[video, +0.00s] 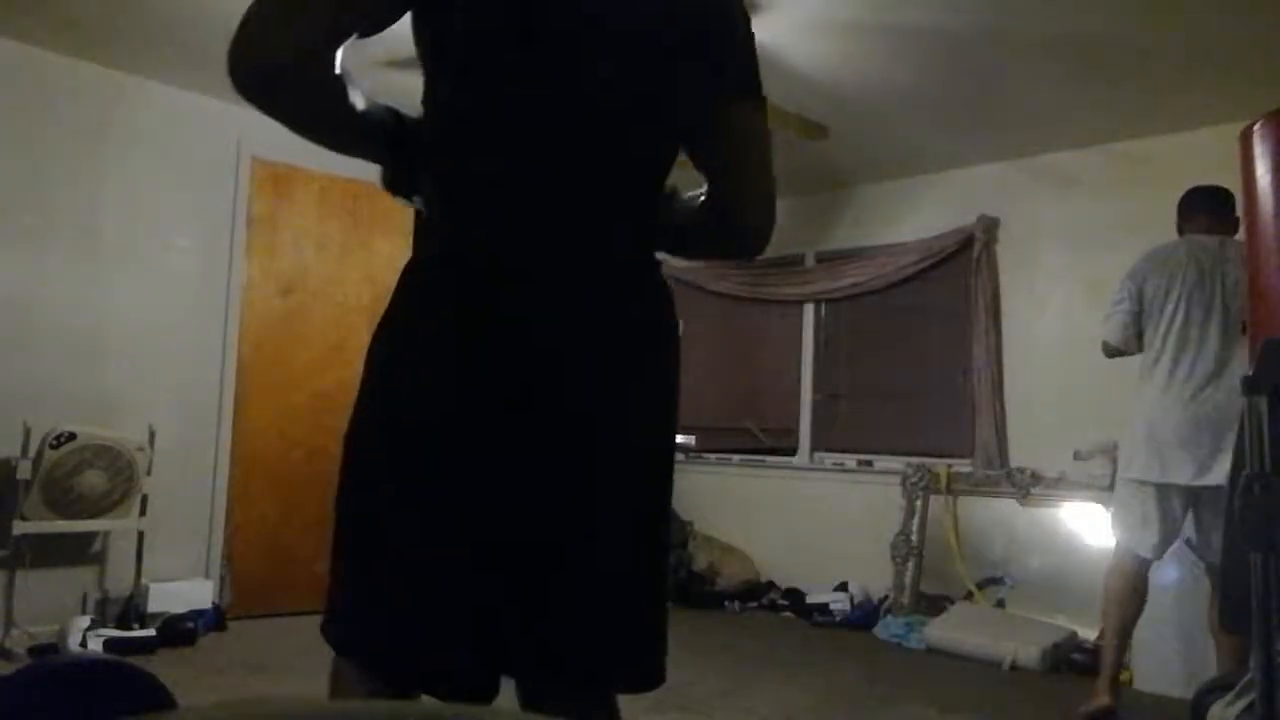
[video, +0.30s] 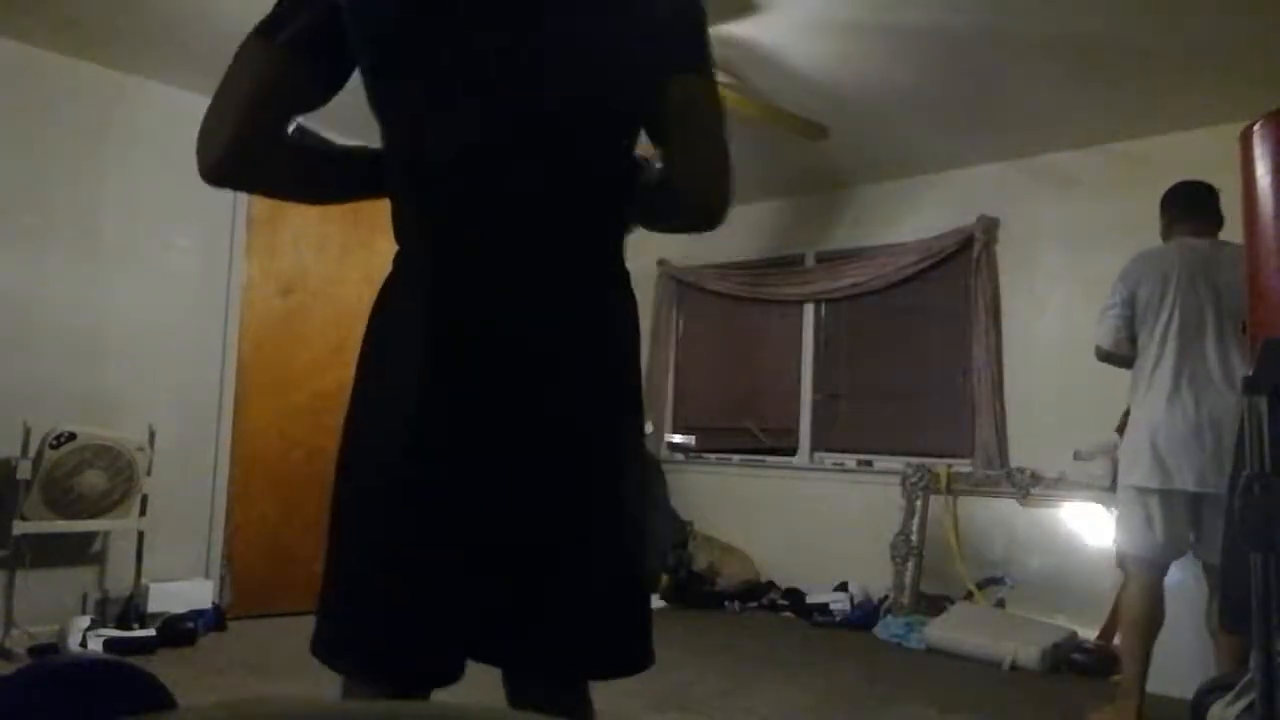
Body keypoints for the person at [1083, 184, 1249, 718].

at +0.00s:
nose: (1222, 234)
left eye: (1194, 225)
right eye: (1228, 225)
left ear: (1179, 223)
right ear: (1234, 224)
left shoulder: (1155, 261)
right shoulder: (1255, 264)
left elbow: (1116, 339)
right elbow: (1268, 336)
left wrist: (1168, 324)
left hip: (1156, 444)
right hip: (1234, 448)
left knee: (1129, 557)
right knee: (1232, 574)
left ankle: (1105, 688)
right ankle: (1232, 696)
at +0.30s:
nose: (1170, 234)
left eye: (1166, 226)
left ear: (1166, 223)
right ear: (1220, 222)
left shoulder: (1145, 265)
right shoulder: (1250, 264)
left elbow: (1111, 345)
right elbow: (1265, 343)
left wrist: (1164, 362)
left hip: (1156, 447)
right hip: (1235, 451)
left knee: (1142, 576)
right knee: (1229, 582)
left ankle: (1128, 703)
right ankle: (1233, 703)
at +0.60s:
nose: (1114, 236)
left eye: (1114, 228)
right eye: (1116, 229)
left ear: (1123, 225)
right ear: (1173, 223)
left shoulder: (1110, 272)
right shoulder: (1225, 269)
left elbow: (1087, 359)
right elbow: (1240, 352)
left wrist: (1136, 371)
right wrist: (1193, 368)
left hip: (1132, 450)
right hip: (1212, 450)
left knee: (1127, 576)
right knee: (1210, 580)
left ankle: (1126, 703)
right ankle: (1229, 698)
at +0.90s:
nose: (1080, 239)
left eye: (1082, 229)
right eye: (1081, 230)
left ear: (1096, 225)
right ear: (1139, 223)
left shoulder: (1084, 274)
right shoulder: (1194, 272)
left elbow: (1051, 358)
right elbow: (1228, 353)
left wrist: (1091, 381)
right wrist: (1176, 384)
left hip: (1109, 453)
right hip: (1183, 453)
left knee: (1115, 574)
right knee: (1188, 572)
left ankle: (1124, 702)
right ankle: (1222, 681)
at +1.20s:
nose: (1068, 230)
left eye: (1075, 218)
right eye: (1071, 219)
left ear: (1098, 222)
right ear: (1129, 224)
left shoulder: (1085, 273)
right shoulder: (1182, 274)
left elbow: (1058, 361)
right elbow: (1218, 352)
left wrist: (1044, 400)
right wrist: (1166, 386)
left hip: (1108, 453)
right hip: (1169, 452)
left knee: (1114, 572)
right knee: (1150, 569)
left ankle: (1124, 700)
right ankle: (1168, 689)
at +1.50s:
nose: (1081, 225)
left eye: (1090, 215)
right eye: (1086, 214)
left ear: (1114, 222)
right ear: (1140, 227)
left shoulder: (1104, 271)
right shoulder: (1178, 279)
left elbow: (1096, 348)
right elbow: (1201, 360)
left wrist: (1057, 397)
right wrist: (1149, 392)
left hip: (1112, 453)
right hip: (1170, 454)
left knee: (1106, 565)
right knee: (1150, 566)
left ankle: (1123, 697)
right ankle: (1167, 690)